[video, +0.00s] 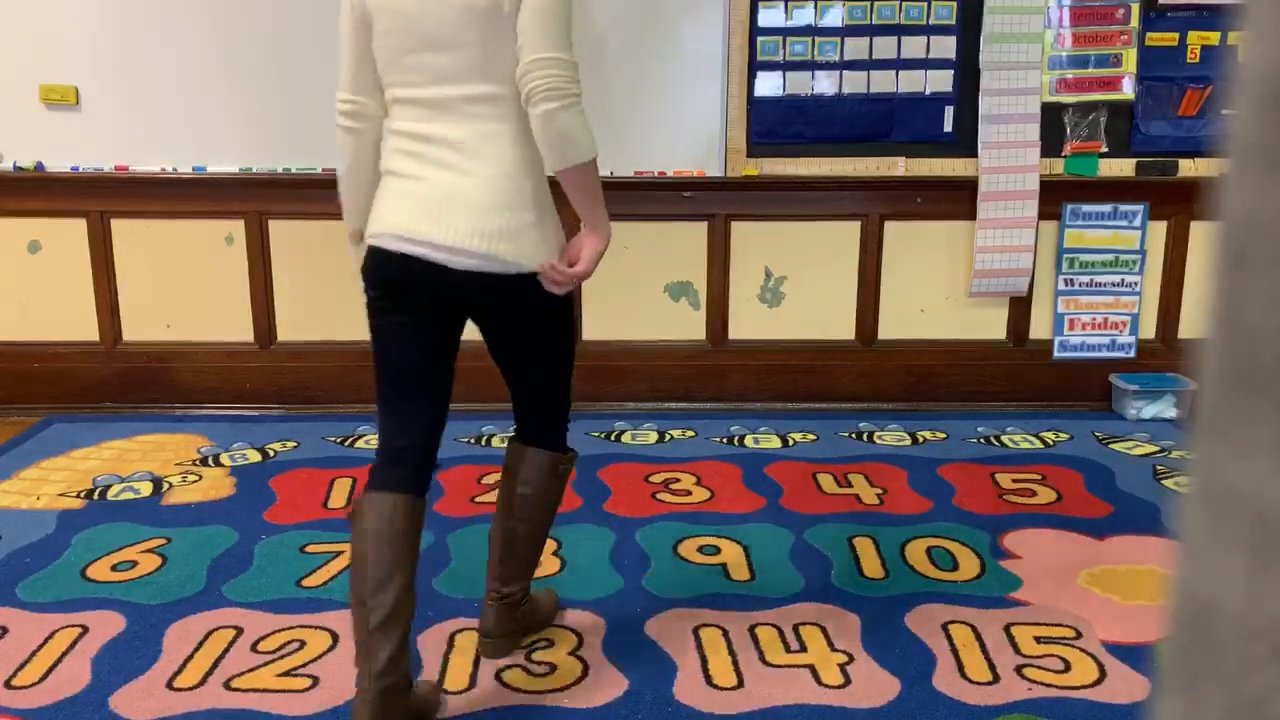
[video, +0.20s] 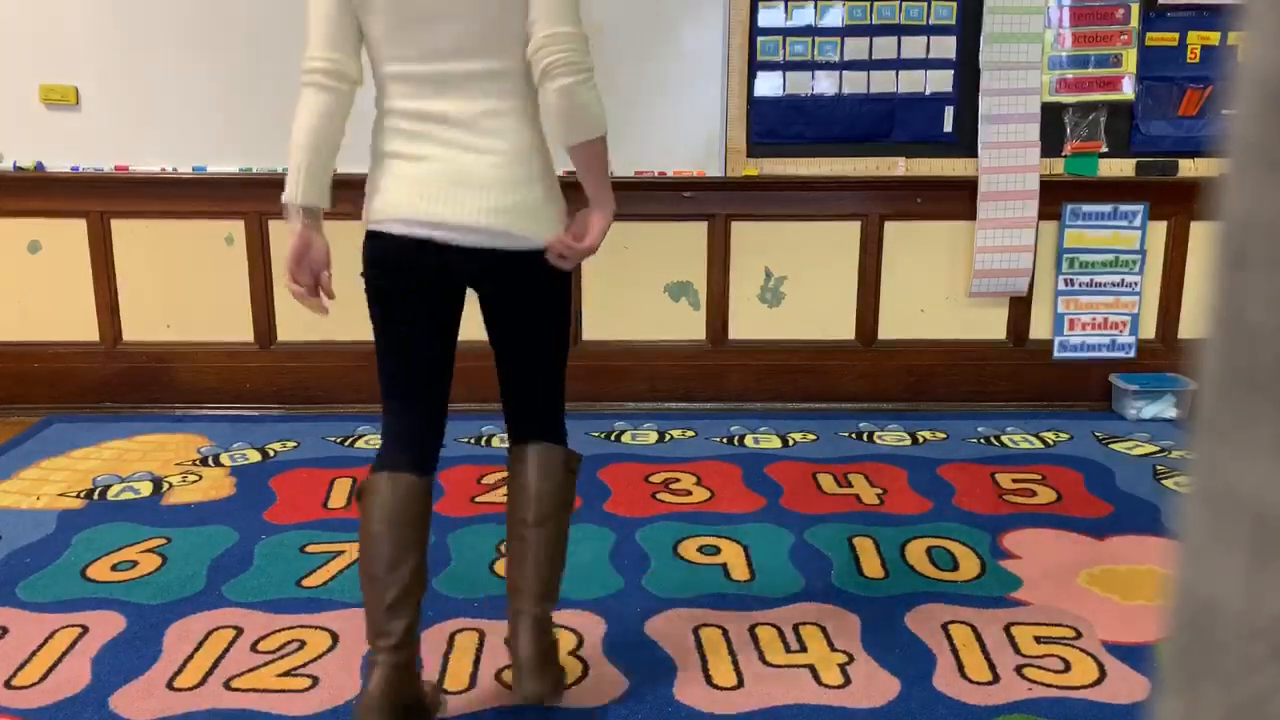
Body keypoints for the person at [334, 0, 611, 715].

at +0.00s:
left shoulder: (371, 1)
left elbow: (358, 108)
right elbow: (546, 90)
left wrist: (365, 234)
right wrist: (596, 222)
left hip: (400, 233)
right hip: (512, 238)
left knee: (399, 453)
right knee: (543, 424)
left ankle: (381, 686)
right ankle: (507, 605)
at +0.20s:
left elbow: (329, 74)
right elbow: (558, 60)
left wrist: (305, 217)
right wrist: (599, 197)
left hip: (403, 218)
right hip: (519, 217)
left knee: (405, 435)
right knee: (536, 427)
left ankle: (390, 671)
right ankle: (531, 657)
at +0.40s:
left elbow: (345, 53)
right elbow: (579, 53)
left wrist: (323, 200)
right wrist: (599, 188)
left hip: (406, 205)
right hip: (522, 201)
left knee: (427, 416)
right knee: (537, 422)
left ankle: (450, 640)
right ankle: (541, 652)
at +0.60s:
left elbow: (339, 66)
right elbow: (561, 56)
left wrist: (330, 210)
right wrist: (577, 179)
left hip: (393, 205)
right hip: (506, 201)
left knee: (427, 416)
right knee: (515, 402)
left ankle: (469, 632)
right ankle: (541, 613)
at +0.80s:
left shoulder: (314, 2)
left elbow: (302, 90)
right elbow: (531, 70)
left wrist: (302, 220)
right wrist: (560, 180)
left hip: (384, 223)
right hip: (485, 218)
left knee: (428, 423)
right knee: (439, 388)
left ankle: (498, 625)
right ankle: (449, 567)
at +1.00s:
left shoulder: (277, 4)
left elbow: (270, 123)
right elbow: (487, 114)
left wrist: (289, 226)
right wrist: (522, 209)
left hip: (344, 247)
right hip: (444, 241)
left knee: (377, 434)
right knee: (418, 403)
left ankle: (465, 593)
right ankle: (423, 579)